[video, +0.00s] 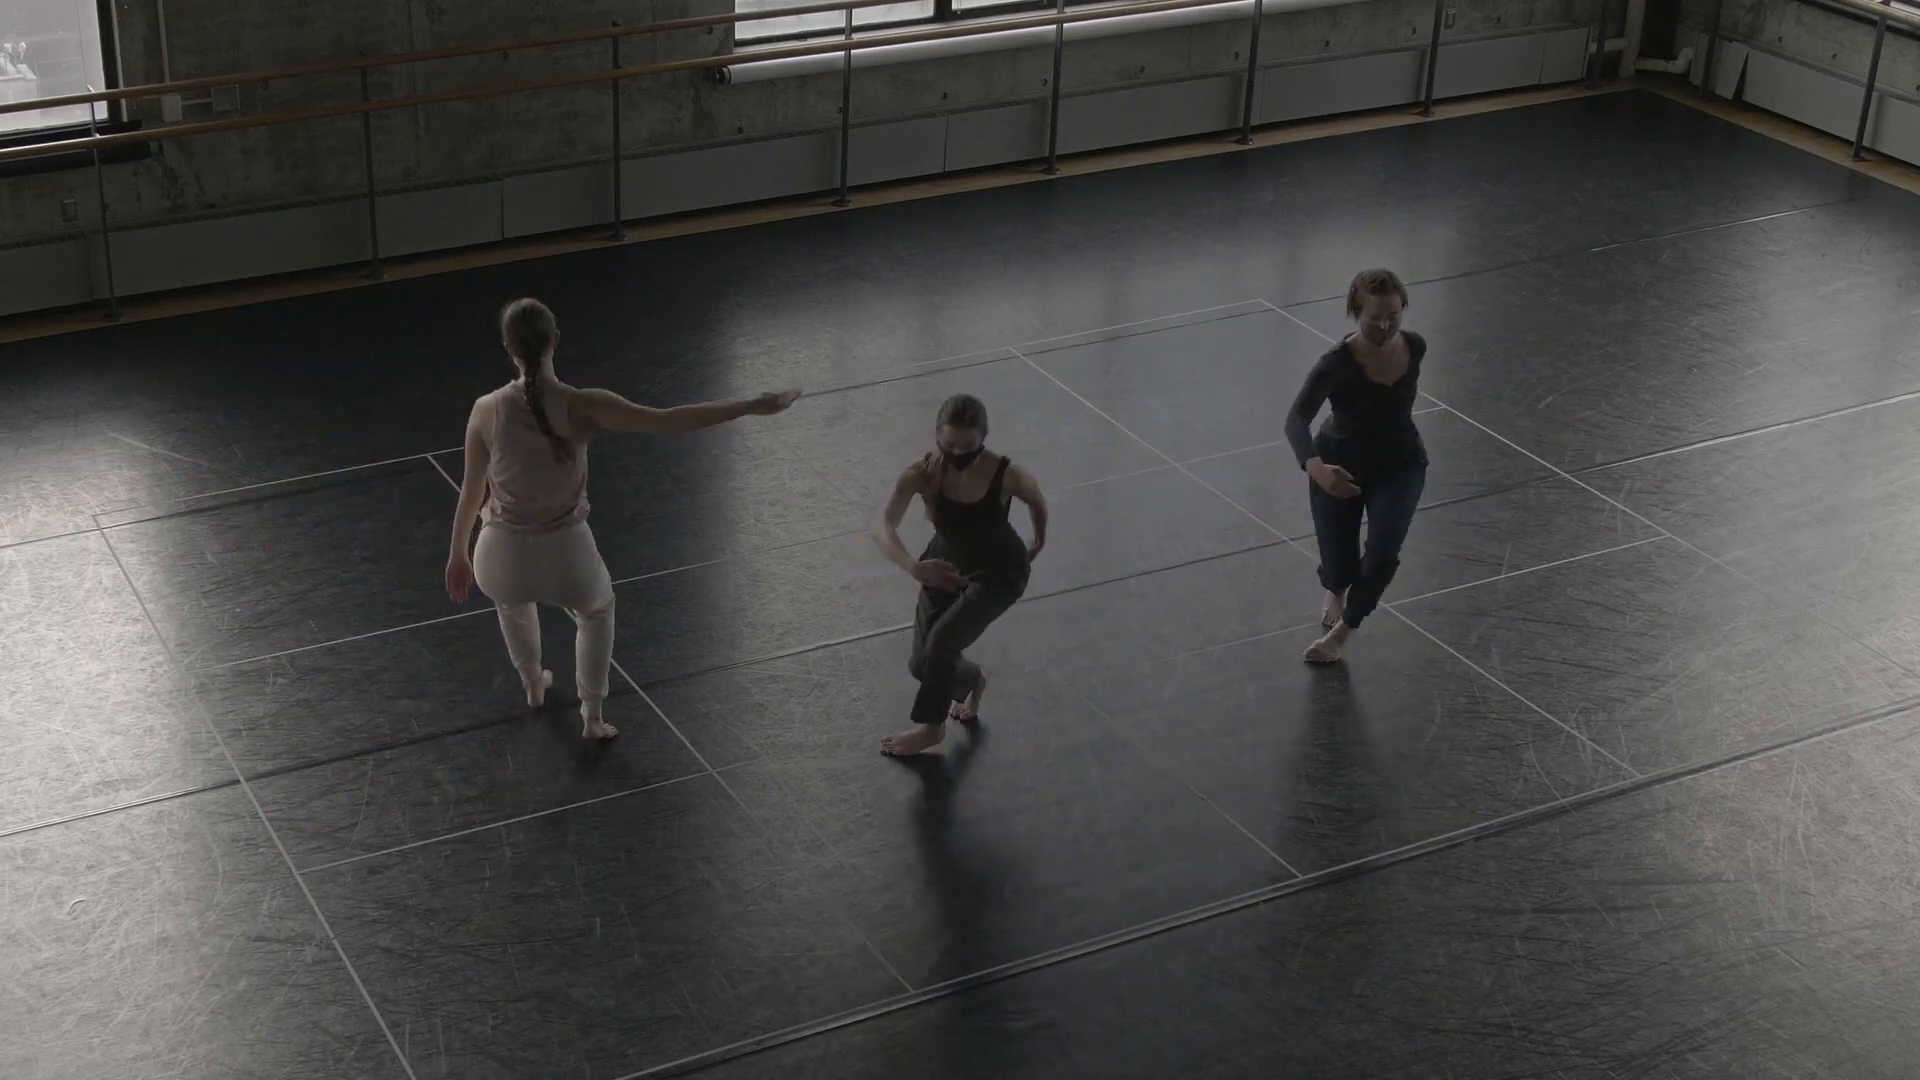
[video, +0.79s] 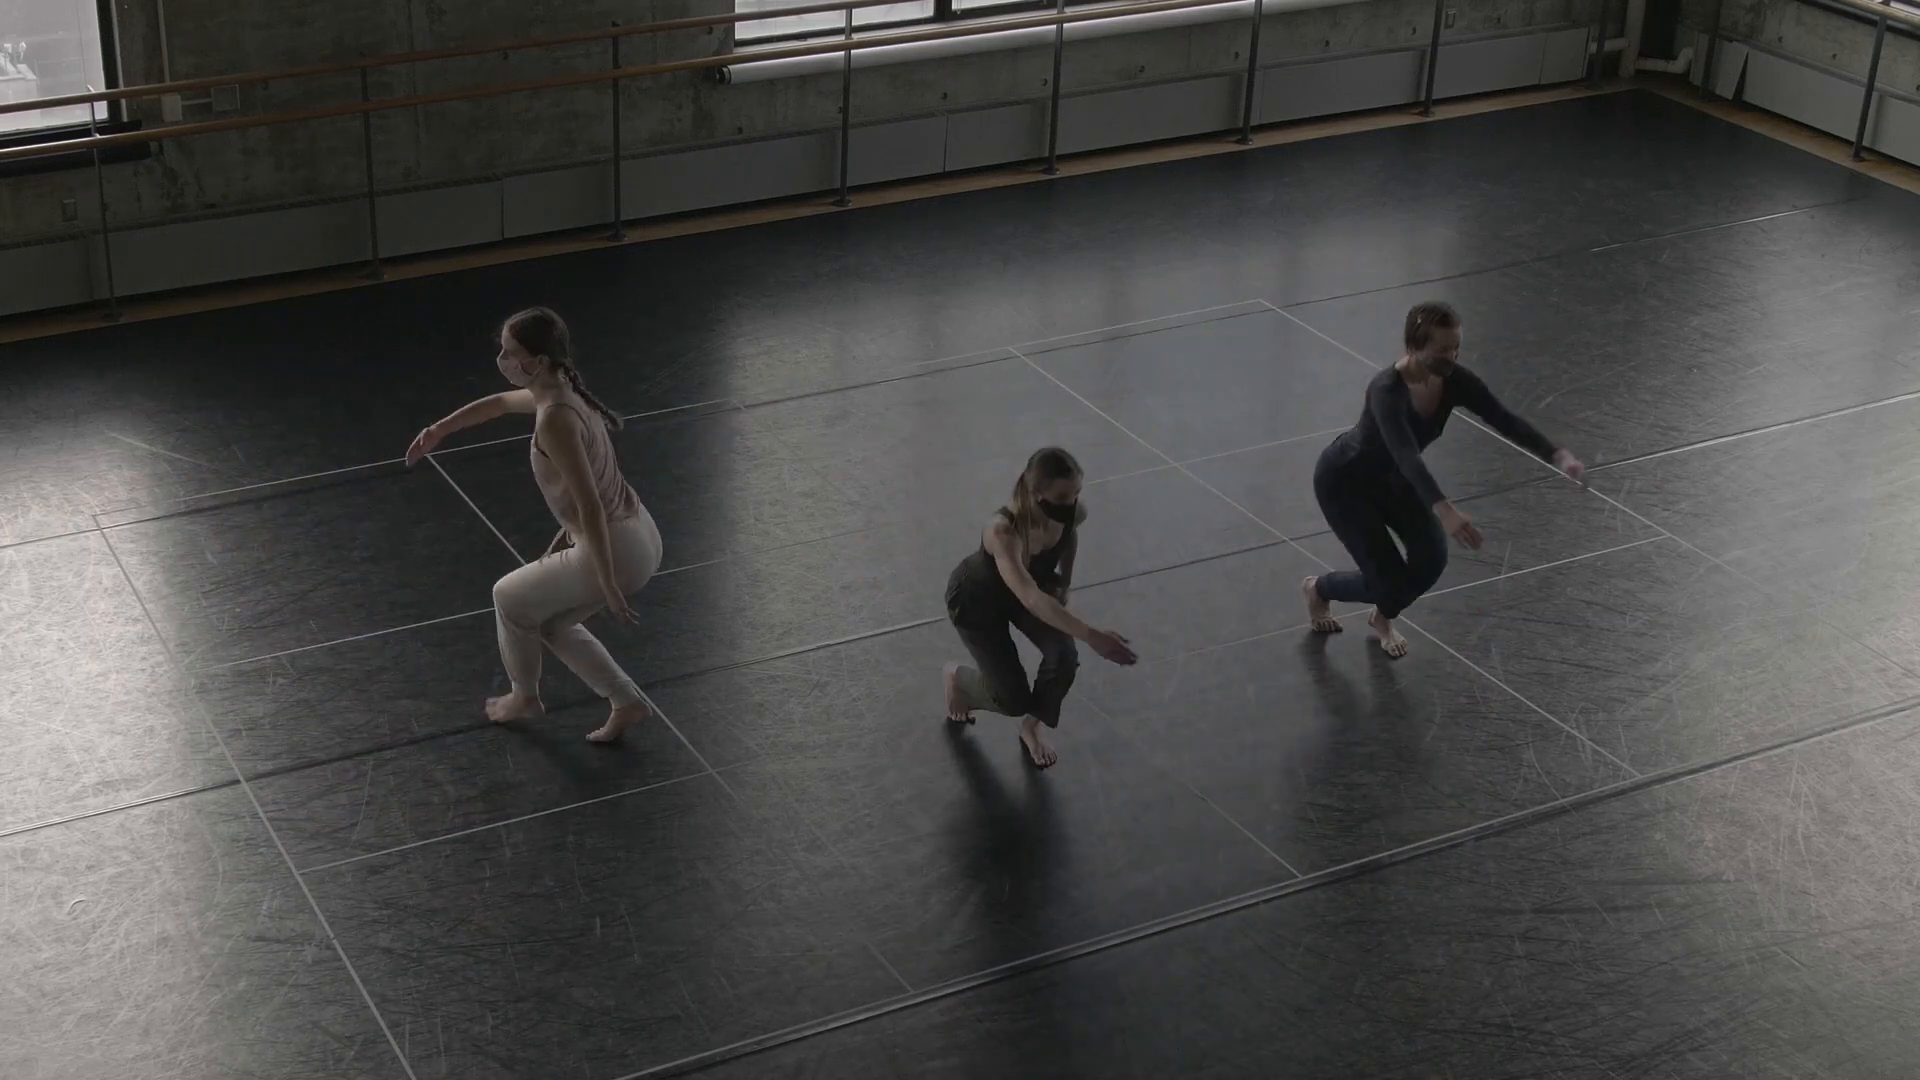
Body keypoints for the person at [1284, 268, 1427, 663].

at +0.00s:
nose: (1385, 325)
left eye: (1393, 315)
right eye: (1375, 317)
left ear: (1403, 311)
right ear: (1356, 314)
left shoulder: (1413, 348)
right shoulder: (1337, 363)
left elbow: (1400, 401)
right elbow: (1296, 421)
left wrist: (1397, 438)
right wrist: (1312, 465)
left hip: (1398, 461)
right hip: (1340, 461)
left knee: (1382, 558)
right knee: (1337, 562)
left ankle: (1341, 633)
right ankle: (1335, 597)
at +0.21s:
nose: (1405, 331)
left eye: (1411, 321)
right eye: (1396, 324)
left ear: (1417, 317)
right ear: (1371, 322)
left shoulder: (1420, 354)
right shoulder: (1351, 371)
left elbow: (1399, 408)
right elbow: (1335, 439)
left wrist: (1396, 451)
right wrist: (1379, 484)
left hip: (1392, 459)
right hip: (1335, 468)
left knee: (1418, 552)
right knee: (1374, 567)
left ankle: (1388, 612)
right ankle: (1322, 587)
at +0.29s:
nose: (1409, 355)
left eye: (1413, 345)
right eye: (1399, 348)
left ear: (1419, 341)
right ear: (1371, 347)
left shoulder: (1420, 380)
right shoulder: (1354, 396)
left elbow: (1410, 432)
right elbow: (1352, 469)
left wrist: (1403, 473)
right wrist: (1405, 510)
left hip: (1387, 478)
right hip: (1332, 488)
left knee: (1426, 559)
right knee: (1385, 574)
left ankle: (1383, 616)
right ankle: (1317, 593)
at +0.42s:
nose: (1412, 408)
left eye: (1416, 398)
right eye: (1402, 402)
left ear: (1421, 394)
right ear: (1375, 403)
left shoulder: (1420, 435)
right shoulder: (1357, 452)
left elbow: (1429, 497)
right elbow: (1378, 527)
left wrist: (1442, 556)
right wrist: (1441, 559)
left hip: (1372, 516)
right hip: (1324, 531)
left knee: (1429, 562)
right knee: (1392, 602)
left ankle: (1380, 621)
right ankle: (1317, 594)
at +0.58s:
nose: (1426, 422)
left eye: (1429, 412)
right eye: (1415, 415)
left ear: (1432, 408)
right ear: (1389, 415)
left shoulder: (1430, 447)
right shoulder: (1367, 461)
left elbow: (1458, 508)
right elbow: (1410, 534)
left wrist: (1489, 574)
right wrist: (1479, 568)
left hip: (1369, 533)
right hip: (1323, 542)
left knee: (1431, 560)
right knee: (1400, 605)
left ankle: (1377, 620)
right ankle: (1320, 596)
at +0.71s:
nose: (1442, 386)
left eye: (1445, 377)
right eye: (1433, 380)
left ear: (1448, 371)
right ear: (1405, 378)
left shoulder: (1445, 410)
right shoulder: (1379, 420)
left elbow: (1483, 457)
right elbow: (1413, 490)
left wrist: (1528, 506)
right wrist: (1473, 539)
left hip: (1384, 499)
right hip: (1333, 507)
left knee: (1433, 558)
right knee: (1392, 593)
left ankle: (1380, 617)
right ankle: (1318, 591)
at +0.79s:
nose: (1452, 358)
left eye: (1455, 349)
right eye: (1443, 351)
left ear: (1458, 344)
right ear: (1415, 348)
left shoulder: (1455, 380)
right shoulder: (1385, 390)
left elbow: (1501, 419)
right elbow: (1405, 455)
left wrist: (1557, 455)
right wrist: (1446, 511)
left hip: (1394, 476)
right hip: (1344, 482)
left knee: (1431, 557)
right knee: (1392, 585)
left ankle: (1382, 619)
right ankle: (1317, 589)